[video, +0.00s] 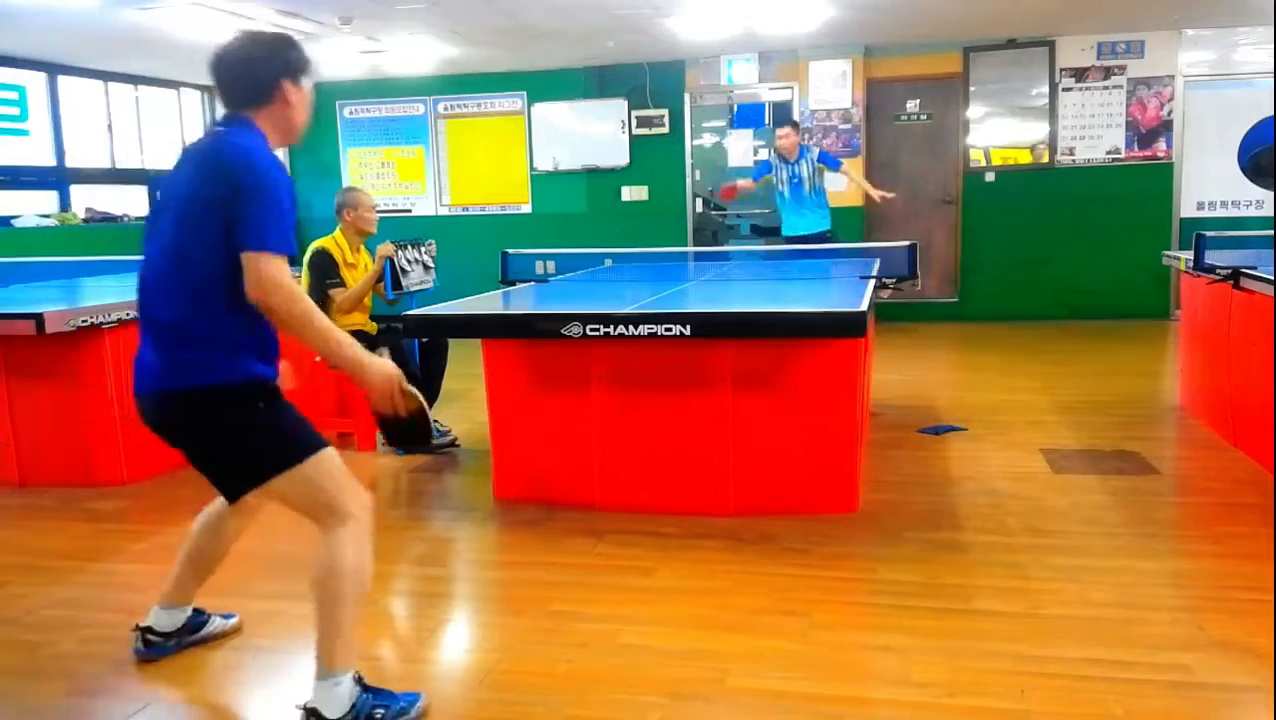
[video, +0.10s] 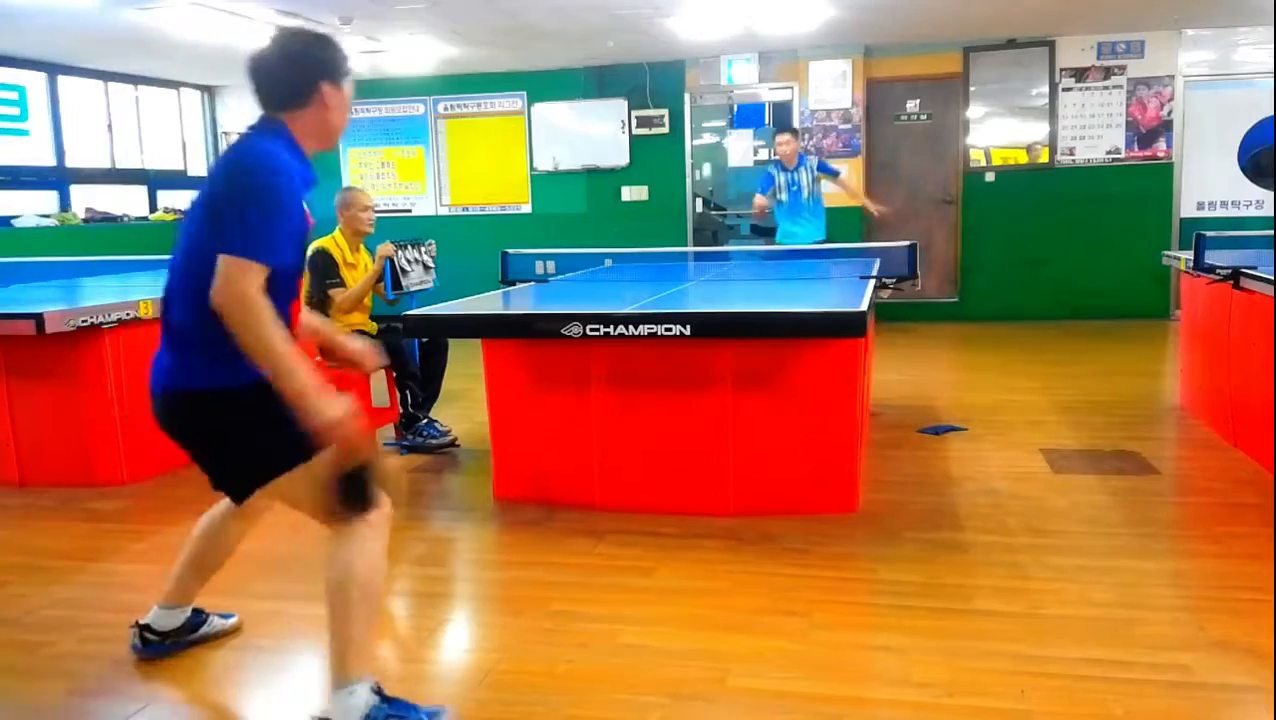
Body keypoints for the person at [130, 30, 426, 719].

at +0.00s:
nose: (310, 102)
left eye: (307, 88)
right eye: (307, 88)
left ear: (240, 93)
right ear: (285, 91)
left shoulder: (198, 159)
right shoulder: (258, 167)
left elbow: (186, 277)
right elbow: (269, 285)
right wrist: (363, 365)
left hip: (169, 384)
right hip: (219, 386)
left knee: (251, 491)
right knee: (350, 507)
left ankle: (167, 618)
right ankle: (336, 689)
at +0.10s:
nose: (350, 106)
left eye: (349, 93)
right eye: (346, 93)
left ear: (291, 98)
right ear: (320, 95)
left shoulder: (265, 162)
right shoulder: (270, 170)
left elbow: (265, 292)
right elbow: (236, 295)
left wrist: (338, 341)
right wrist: (315, 399)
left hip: (199, 384)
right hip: (223, 388)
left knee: (255, 490)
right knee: (362, 508)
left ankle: (167, 617)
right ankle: (354, 695)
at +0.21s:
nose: (405, 113)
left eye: (404, 98)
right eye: (401, 97)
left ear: (346, 99)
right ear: (370, 99)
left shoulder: (332, 183)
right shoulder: (282, 176)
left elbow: (357, 290)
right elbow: (189, 280)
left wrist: (459, 307)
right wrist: (156, 412)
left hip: (278, 399)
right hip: (256, 407)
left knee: (276, 503)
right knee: (405, 529)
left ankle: (174, 610)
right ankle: (373, 709)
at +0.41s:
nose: (462, 72)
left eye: (460, 53)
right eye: (456, 52)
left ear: (415, 55)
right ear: (422, 52)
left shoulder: (395, 155)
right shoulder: (312, 140)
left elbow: (387, 259)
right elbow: (204, 220)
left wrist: (467, 279)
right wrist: (192, 307)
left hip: (360, 386)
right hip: (316, 391)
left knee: (323, 505)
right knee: (449, 548)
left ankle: (233, 611)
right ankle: (378, 710)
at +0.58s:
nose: (448, 10)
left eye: (444, 9)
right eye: (443, 5)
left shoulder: (296, 56)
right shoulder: (409, 25)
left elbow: (274, 203)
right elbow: (521, 83)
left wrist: (350, 185)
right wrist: (620, 85)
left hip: (308, 292)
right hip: (391, 295)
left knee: (341, 411)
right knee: (423, 517)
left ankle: (309, 542)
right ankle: (383, 699)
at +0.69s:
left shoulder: (284, 35)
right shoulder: (429, 3)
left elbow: (290, 193)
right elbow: (493, 25)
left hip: (348, 249)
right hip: (449, 234)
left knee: (349, 350)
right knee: (503, 456)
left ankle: (308, 482)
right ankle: (419, 622)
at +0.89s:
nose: (435, 15)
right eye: (434, 8)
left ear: (356, 19)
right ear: (427, 8)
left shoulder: (333, 106)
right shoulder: (489, 64)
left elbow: (314, 266)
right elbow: (551, 162)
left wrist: (360, 331)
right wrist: (470, 188)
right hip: (533, 328)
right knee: (627, 483)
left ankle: (390, 711)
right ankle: (721, 632)